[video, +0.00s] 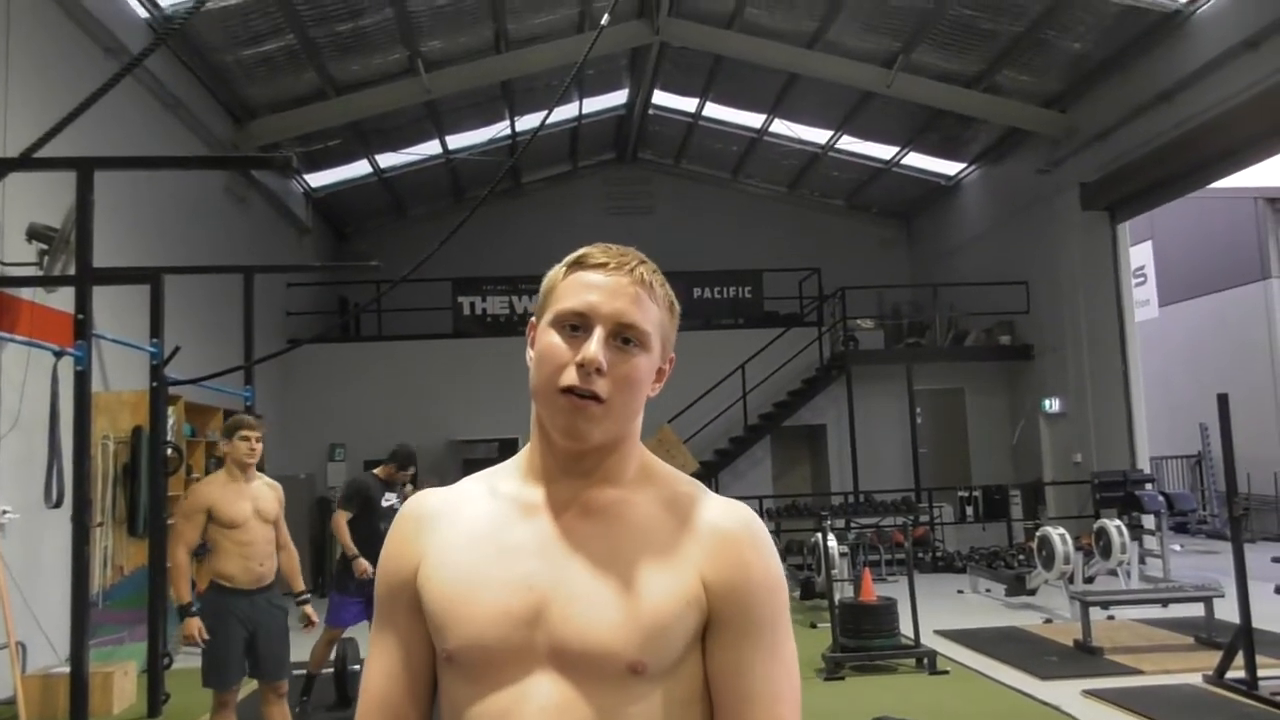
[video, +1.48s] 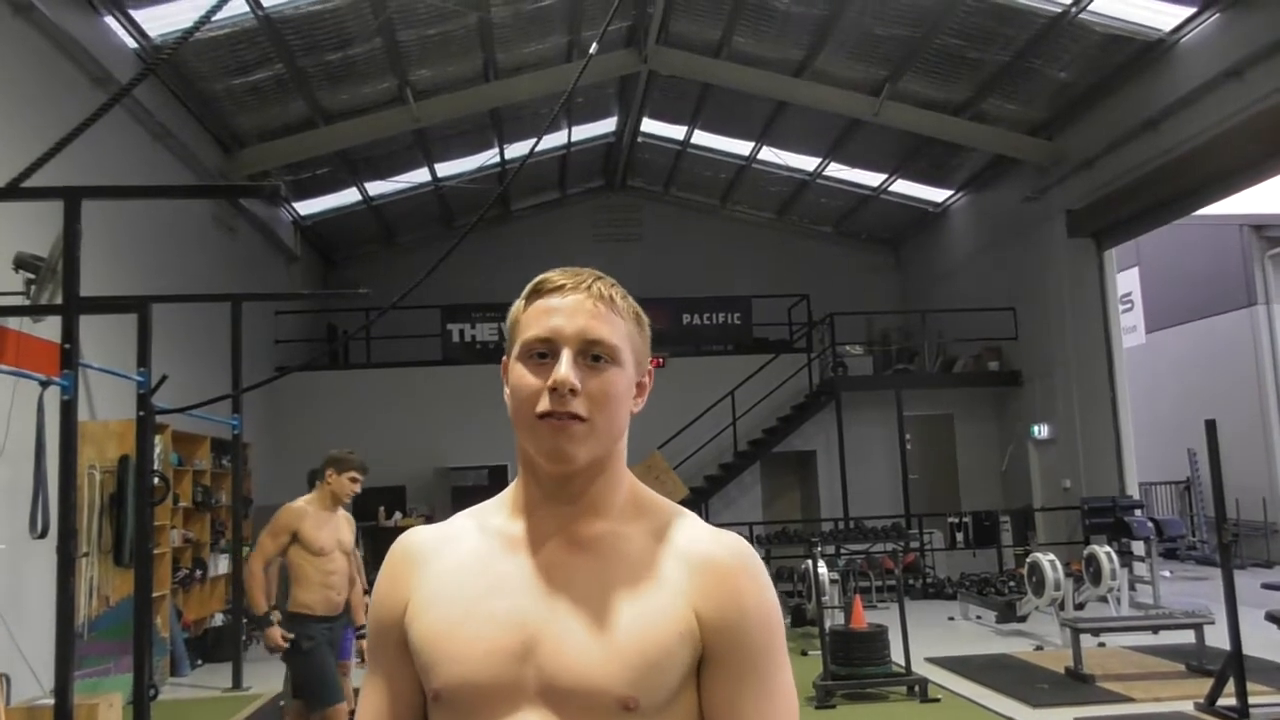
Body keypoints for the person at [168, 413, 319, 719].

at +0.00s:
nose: (253, 446)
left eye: (258, 441)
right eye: (245, 440)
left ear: (263, 446)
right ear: (225, 446)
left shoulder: (273, 489)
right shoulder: (204, 492)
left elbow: (285, 547)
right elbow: (179, 550)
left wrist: (303, 599)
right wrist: (187, 612)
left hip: (269, 601)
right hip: (224, 604)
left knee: (278, 690)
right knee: (226, 700)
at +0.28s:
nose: (282, 457)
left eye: (282, 450)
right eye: (277, 450)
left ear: (260, 453)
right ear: (256, 452)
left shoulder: (278, 495)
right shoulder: (212, 494)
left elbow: (287, 553)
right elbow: (186, 551)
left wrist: (302, 604)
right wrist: (185, 613)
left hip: (273, 606)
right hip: (228, 608)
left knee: (276, 697)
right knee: (226, 703)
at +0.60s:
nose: (296, 466)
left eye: (297, 459)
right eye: (291, 458)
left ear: (273, 459)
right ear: (269, 457)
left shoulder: (287, 502)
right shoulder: (227, 497)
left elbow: (296, 559)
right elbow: (197, 554)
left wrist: (316, 608)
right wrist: (201, 616)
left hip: (279, 611)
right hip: (236, 614)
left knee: (274, 701)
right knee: (228, 705)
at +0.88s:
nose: (312, 473)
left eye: (314, 467)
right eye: (307, 465)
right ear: (284, 463)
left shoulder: (303, 508)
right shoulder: (248, 501)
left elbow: (309, 568)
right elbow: (204, 549)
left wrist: (321, 621)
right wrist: (224, 604)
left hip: (297, 617)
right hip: (255, 620)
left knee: (282, 704)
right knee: (238, 708)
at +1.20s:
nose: (334, 481)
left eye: (336, 475)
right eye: (329, 473)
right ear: (306, 469)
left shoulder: (324, 515)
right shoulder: (269, 505)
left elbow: (331, 574)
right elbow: (225, 547)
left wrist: (340, 628)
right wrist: (238, 602)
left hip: (316, 618)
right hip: (278, 620)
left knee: (303, 705)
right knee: (294, 708)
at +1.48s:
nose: (357, 489)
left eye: (360, 483)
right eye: (353, 480)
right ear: (330, 476)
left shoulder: (347, 520)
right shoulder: (295, 513)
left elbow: (354, 579)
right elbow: (254, 563)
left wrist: (361, 631)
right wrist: (265, 621)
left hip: (336, 625)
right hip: (304, 627)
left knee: (300, 707)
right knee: (337, 710)